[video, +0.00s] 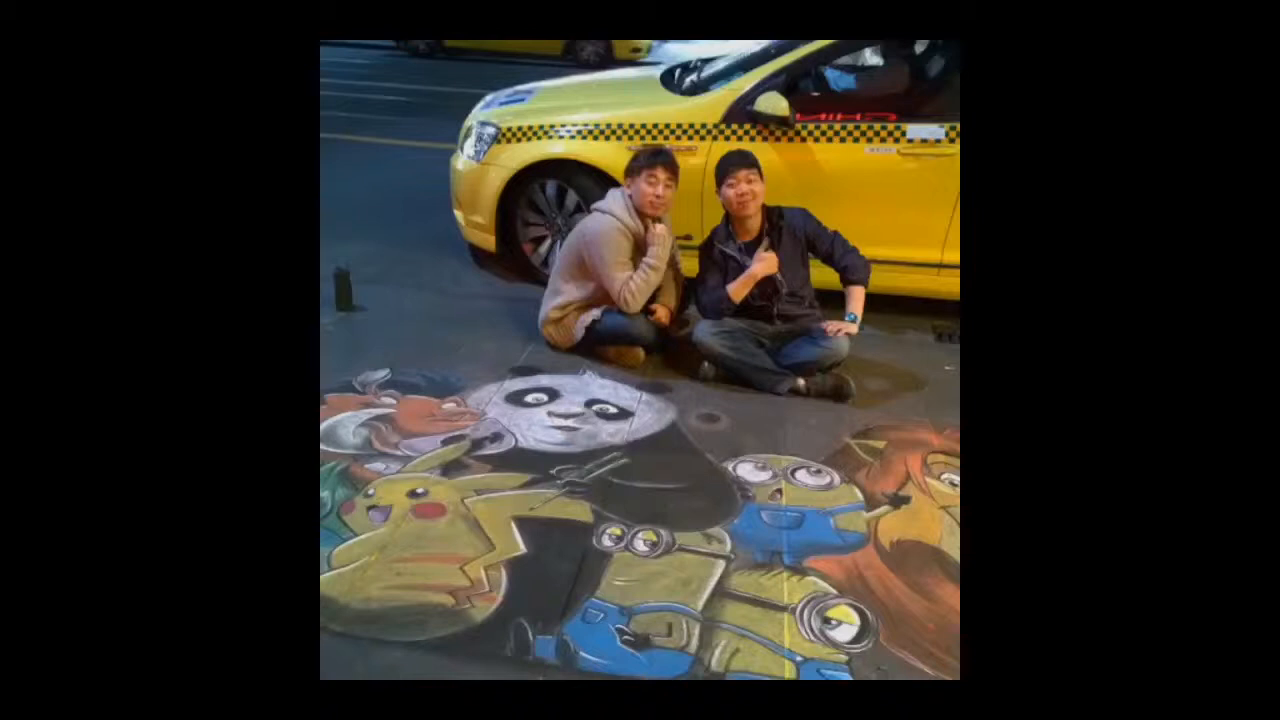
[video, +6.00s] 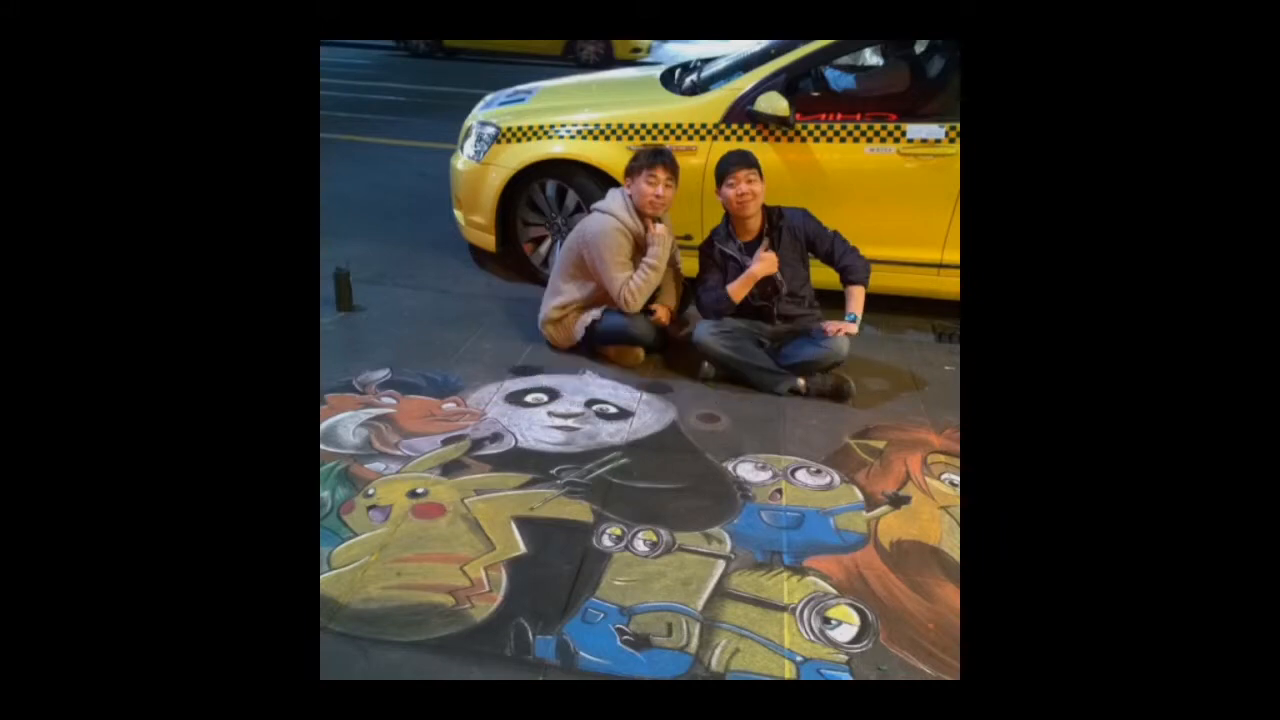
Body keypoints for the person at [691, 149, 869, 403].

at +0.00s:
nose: (743, 191)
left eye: (750, 181)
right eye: (732, 185)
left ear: (763, 187)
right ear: (720, 195)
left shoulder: (794, 222)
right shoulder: (714, 246)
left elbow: (853, 261)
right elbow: (709, 309)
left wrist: (852, 319)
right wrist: (753, 274)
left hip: (799, 328)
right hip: (746, 328)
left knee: (837, 344)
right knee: (704, 333)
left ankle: (733, 373)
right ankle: (798, 386)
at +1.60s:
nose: (743, 191)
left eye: (750, 181)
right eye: (732, 185)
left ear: (763, 187)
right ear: (720, 195)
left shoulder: (795, 222)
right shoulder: (713, 246)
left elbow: (853, 262)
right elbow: (708, 307)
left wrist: (851, 319)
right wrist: (752, 275)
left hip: (799, 324)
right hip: (743, 329)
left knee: (837, 344)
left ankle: (751, 372)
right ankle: (806, 387)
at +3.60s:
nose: (743, 190)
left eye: (750, 181)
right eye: (732, 184)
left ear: (763, 184)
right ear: (721, 192)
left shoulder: (791, 220)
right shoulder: (716, 230)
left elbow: (853, 262)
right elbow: (707, 303)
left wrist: (851, 319)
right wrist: (751, 276)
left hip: (800, 325)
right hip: (747, 324)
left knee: (837, 345)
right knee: (708, 333)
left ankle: (732, 371)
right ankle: (798, 386)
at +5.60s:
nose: (743, 191)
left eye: (750, 181)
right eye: (732, 185)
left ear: (763, 187)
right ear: (720, 195)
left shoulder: (795, 222)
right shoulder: (714, 246)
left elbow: (853, 263)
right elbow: (710, 310)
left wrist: (849, 321)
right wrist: (753, 274)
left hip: (800, 329)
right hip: (747, 329)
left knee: (838, 346)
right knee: (704, 334)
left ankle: (733, 372)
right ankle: (797, 386)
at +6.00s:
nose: (743, 191)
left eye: (750, 181)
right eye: (732, 185)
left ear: (763, 187)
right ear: (720, 195)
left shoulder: (795, 222)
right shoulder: (713, 246)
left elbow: (853, 262)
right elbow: (709, 308)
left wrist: (851, 320)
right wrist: (752, 275)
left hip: (799, 328)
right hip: (747, 328)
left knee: (837, 345)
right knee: (704, 334)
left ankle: (734, 372)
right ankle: (798, 386)